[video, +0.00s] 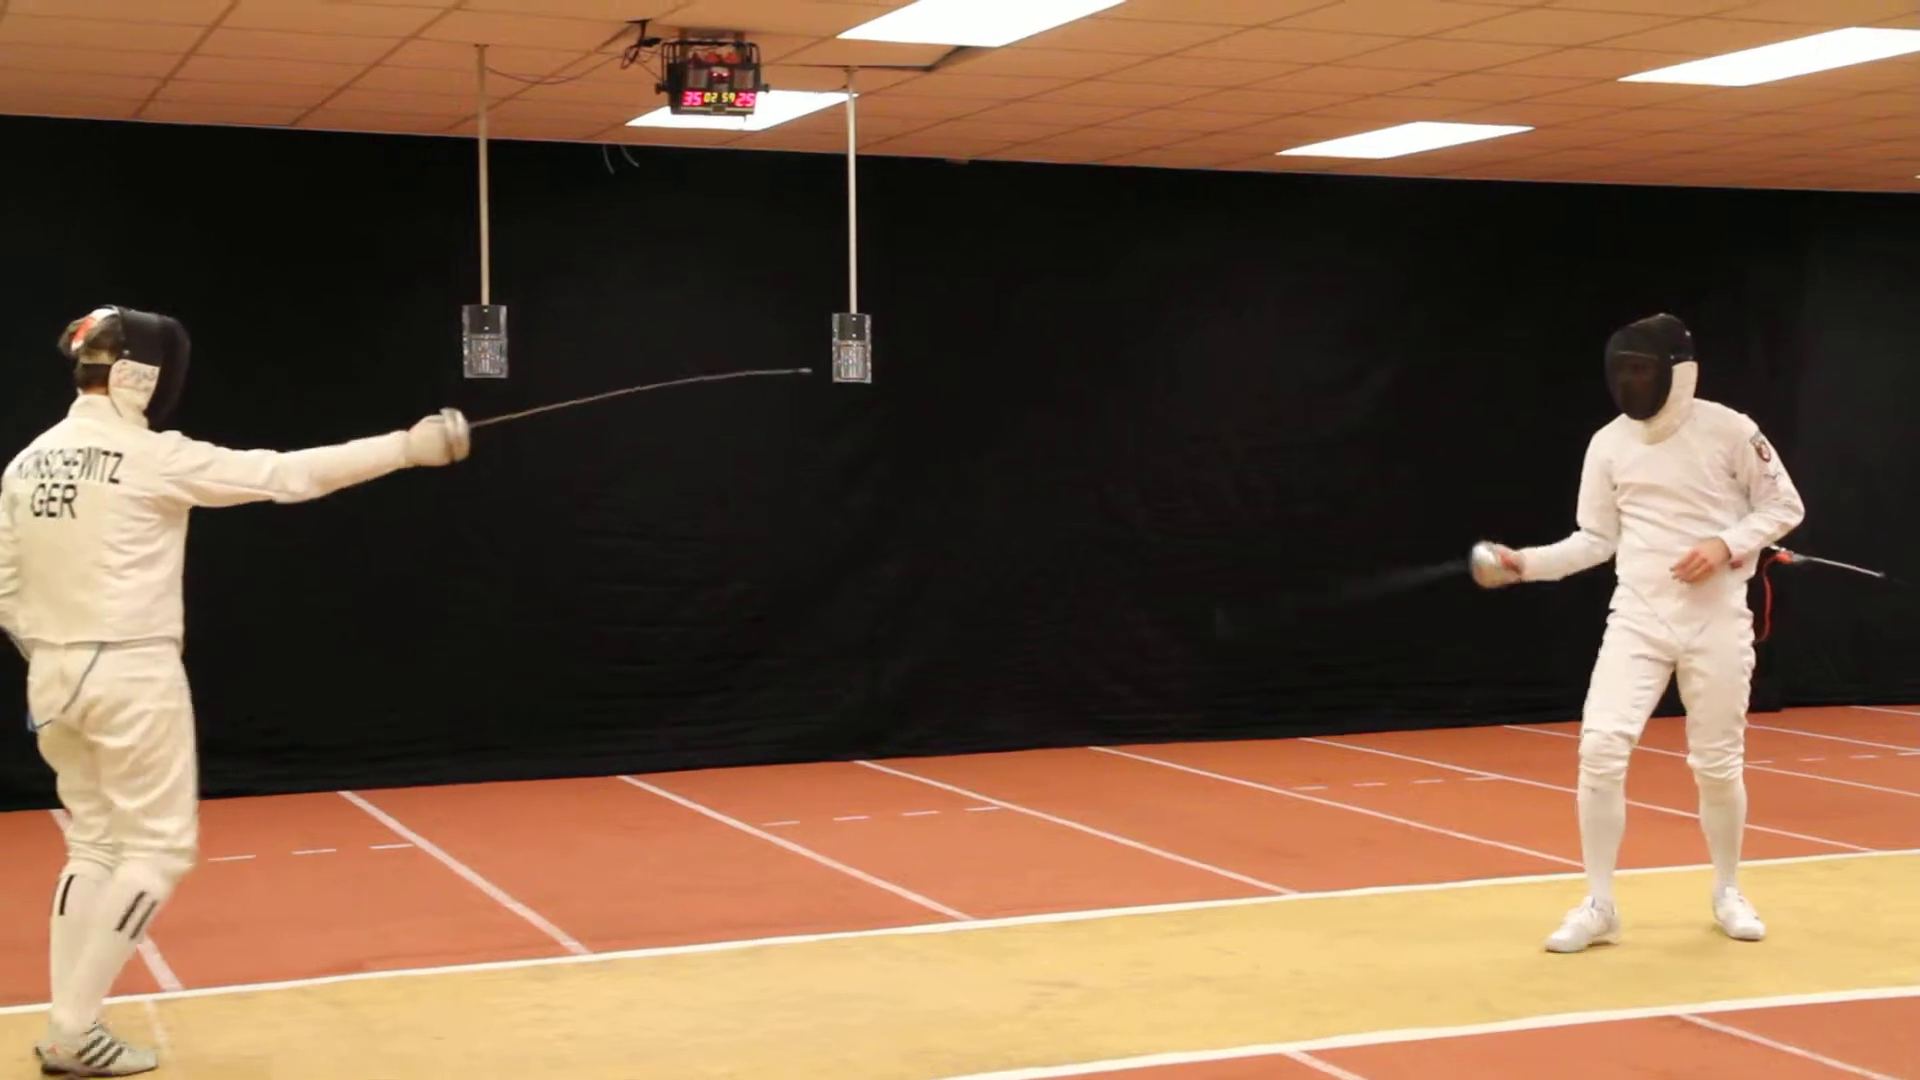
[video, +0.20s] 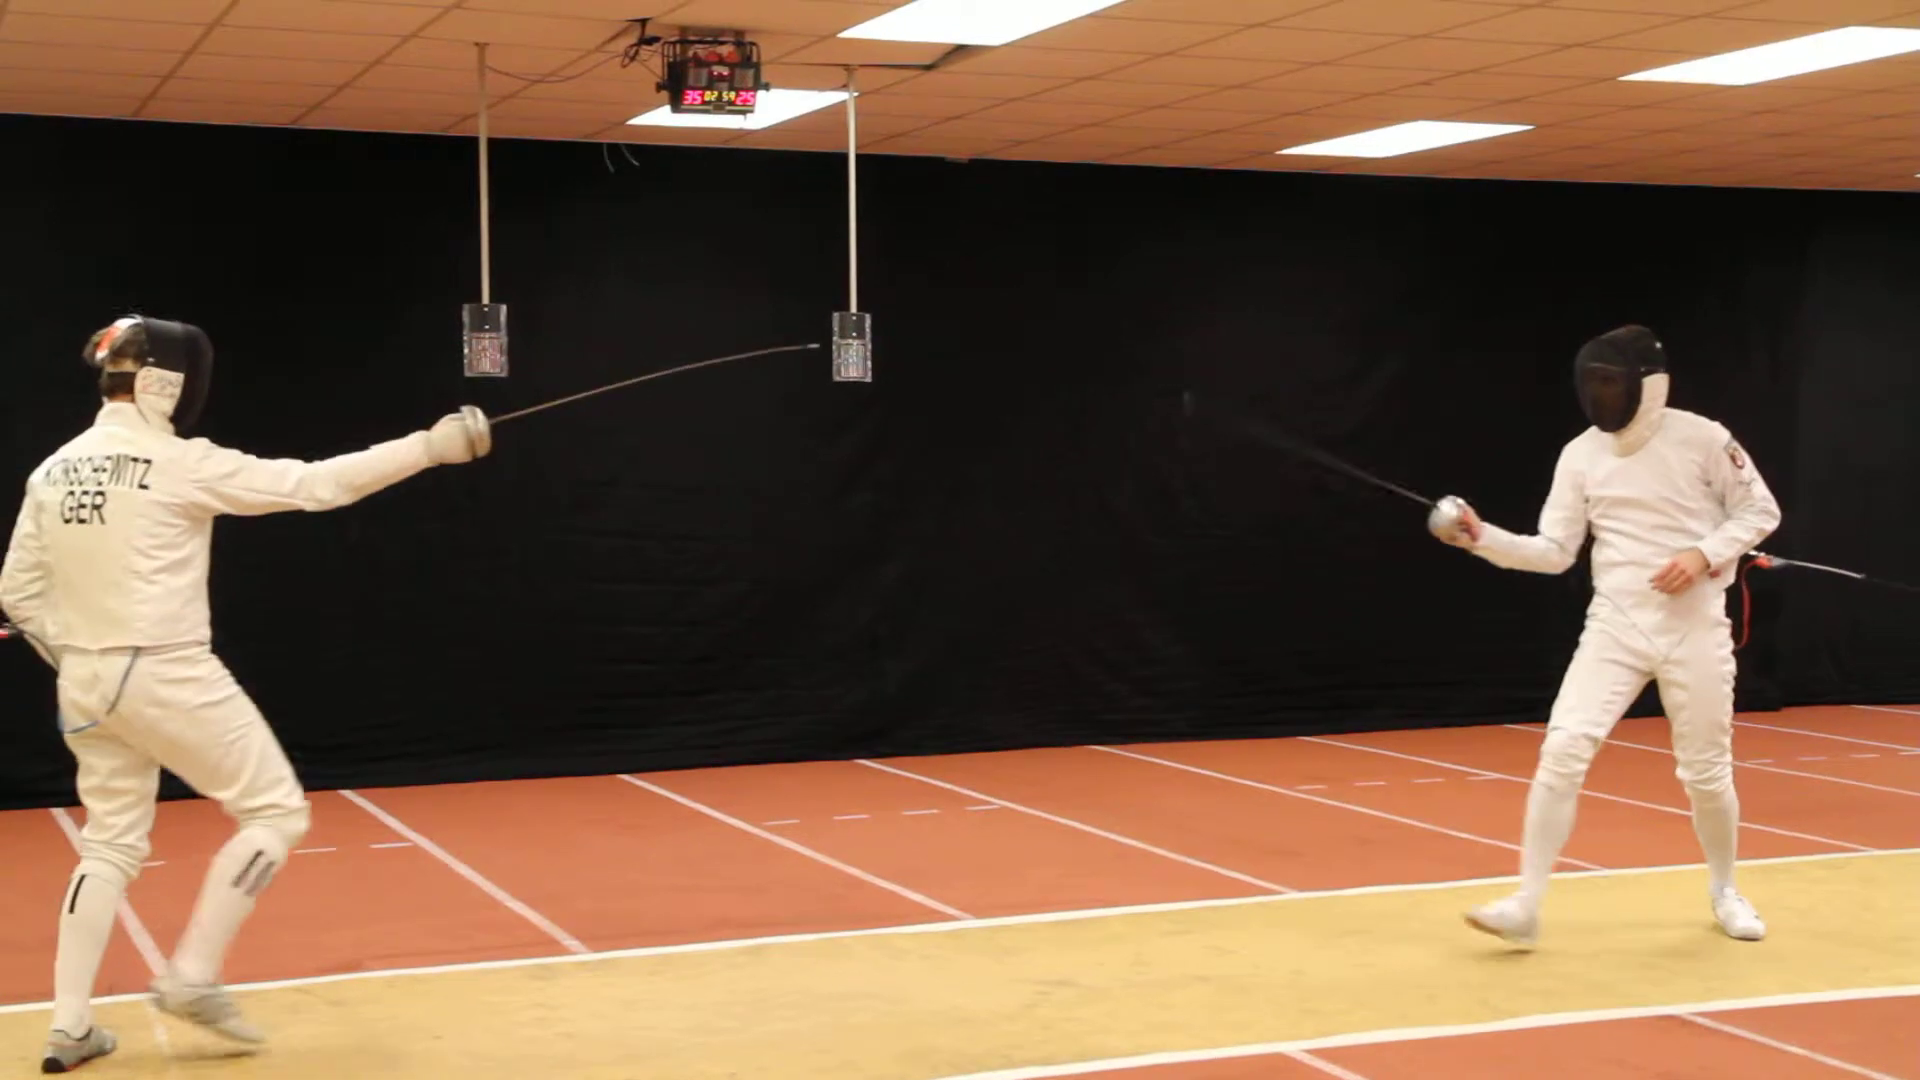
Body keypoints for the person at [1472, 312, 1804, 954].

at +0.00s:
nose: (1628, 384)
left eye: (1642, 372)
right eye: (1621, 372)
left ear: (1680, 371)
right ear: (1615, 372)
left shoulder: (1730, 433)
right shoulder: (1608, 446)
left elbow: (1784, 507)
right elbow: (1597, 538)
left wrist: (1726, 545)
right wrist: (1526, 563)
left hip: (1715, 626)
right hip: (1635, 622)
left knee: (1717, 766)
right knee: (1599, 752)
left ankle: (1728, 893)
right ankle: (1599, 905)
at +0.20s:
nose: (1601, 396)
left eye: (1614, 383)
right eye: (1594, 383)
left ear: (1652, 383)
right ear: (1590, 384)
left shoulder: (1703, 441)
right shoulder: (1581, 457)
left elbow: (1760, 511)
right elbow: (1554, 552)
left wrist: (1704, 556)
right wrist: (1481, 536)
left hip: (1695, 631)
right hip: (1614, 627)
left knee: (1707, 775)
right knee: (1561, 755)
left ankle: (1725, 892)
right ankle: (1526, 905)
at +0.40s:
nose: (1541, 412)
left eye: (1555, 399)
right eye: (1534, 399)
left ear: (1593, 399)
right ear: (1528, 399)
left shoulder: (1646, 456)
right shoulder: (1523, 468)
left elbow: (1702, 528)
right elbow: (1468, 550)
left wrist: (1652, 579)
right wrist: (1390, 545)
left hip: (1642, 650)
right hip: (1557, 645)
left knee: (1676, 785)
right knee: (1502, 766)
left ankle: (1717, 890)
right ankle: (1478, 920)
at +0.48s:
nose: (1513, 405)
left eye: (1527, 393)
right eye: (1507, 393)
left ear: (1566, 394)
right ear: (1502, 393)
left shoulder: (1621, 452)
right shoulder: (1497, 464)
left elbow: (1674, 524)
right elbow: (1440, 543)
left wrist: (1626, 577)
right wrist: (1359, 543)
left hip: (1614, 647)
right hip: (1529, 642)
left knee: (1654, 786)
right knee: (1485, 769)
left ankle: (1693, 888)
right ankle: (1476, 922)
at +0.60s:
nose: (1486, 390)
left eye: (1499, 378)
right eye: (1480, 377)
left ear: (1537, 380)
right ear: (1477, 380)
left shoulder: (1592, 437)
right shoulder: (1470, 449)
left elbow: (1643, 511)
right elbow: (1415, 533)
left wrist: (1595, 560)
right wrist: (1336, 522)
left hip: (1589, 634)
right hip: (1504, 630)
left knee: (1625, 781)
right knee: (1472, 765)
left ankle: (1606, 881)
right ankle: (1472, 917)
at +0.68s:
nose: (1474, 389)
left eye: (1487, 377)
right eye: (1468, 376)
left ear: (1527, 377)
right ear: (1463, 377)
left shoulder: (1582, 433)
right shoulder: (1457, 446)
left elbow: (1632, 505)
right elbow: (1398, 528)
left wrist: (1581, 555)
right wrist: (1319, 506)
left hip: (1578, 632)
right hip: (1493, 627)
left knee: (1603, 782)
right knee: (1451, 754)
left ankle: (1572, 892)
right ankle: (1449, 909)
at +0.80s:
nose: (1452, 402)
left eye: (1465, 389)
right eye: (1446, 389)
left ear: (1504, 391)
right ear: (1440, 391)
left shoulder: (1560, 447)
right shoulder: (1436, 461)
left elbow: (1618, 517)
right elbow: (1368, 533)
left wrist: (1566, 580)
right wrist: (1291, 505)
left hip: (1559, 645)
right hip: (1473, 643)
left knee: (1577, 790)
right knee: (1423, 771)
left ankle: (1565, 904)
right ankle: (1370, 922)